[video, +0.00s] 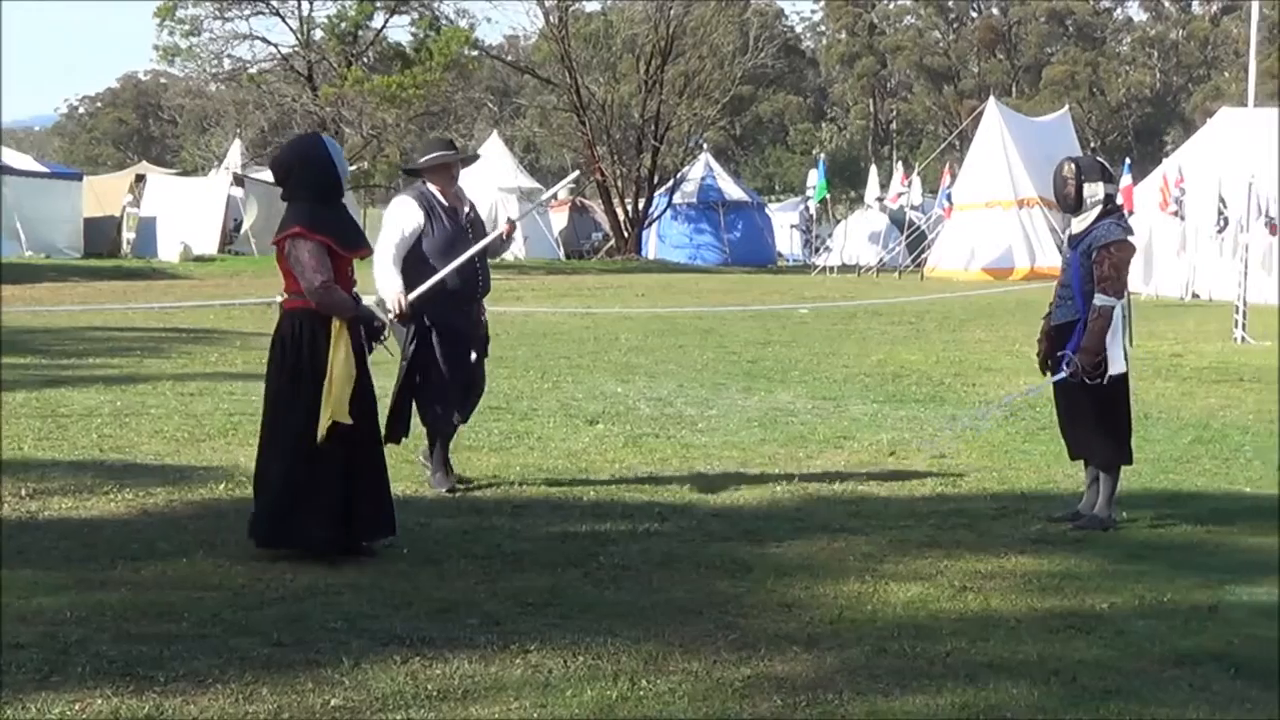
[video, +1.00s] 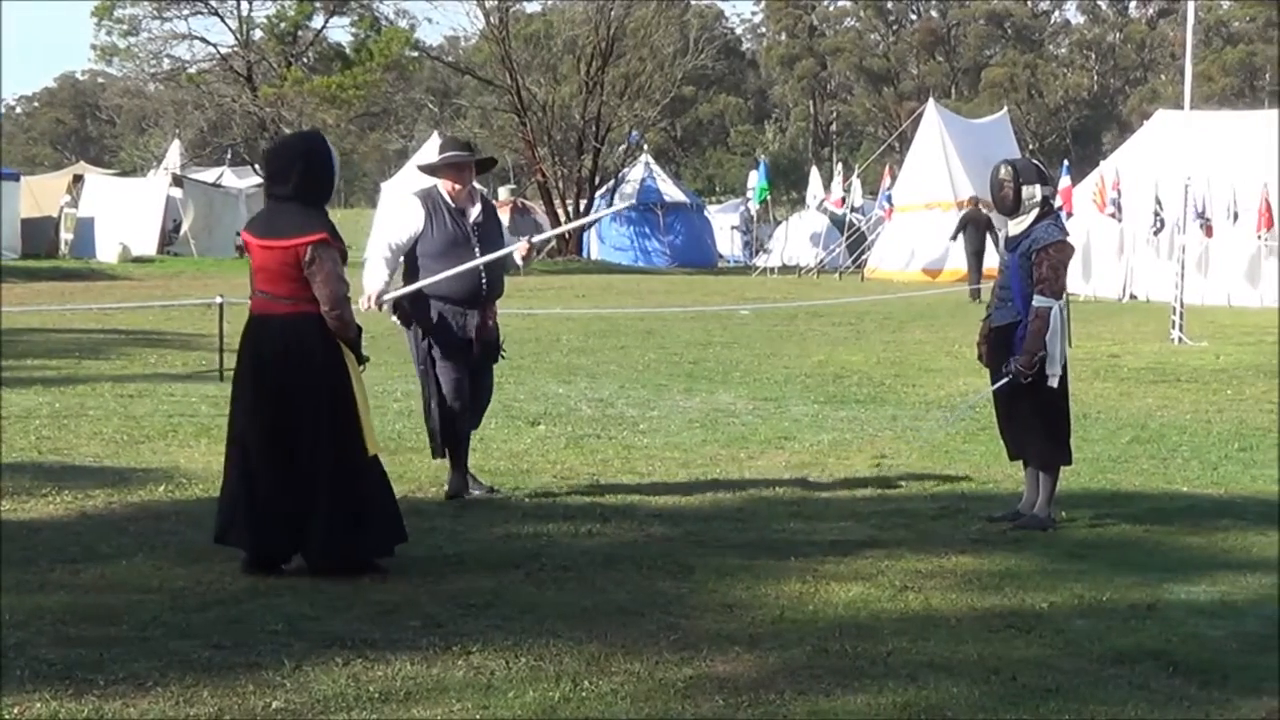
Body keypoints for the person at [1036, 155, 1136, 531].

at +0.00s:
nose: (1066, 190)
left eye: (1073, 183)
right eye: (1065, 183)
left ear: (1095, 187)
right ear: (1071, 188)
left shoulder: (1110, 234)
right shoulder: (1079, 231)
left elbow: (1107, 301)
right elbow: (1065, 289)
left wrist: (1089, 350)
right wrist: (1049, 330)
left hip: (1098, 337)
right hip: (1071, 336)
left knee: (1104, 420)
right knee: (1082, 419)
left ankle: (1104, 508)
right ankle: (1090, 501)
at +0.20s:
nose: (1042, 193)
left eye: (1049, 185)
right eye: (1041, 185)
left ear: (1070, 189)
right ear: (1066, 191)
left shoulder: (1085, 238)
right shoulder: (1059, 232)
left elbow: (1079, 305)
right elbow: (1046, 294)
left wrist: (1060, 352)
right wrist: (1032, 335)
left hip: (1074, 339)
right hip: (1050, 338)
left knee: (1080, 421)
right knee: (1060, 420)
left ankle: (1081, 508)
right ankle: (1067, 501)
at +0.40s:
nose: (1022, 194)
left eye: (1029, 186)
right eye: (1022, 186)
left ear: (1049, 189)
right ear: (1045, 192)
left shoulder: (1066, 238)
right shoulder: (1038, 232)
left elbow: (1059, 304)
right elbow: (1024, 288)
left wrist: (1042, 351)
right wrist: (1016, 340)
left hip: (1055, 335)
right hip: (1030, 334)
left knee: (1063, 419)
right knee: (1042, 418)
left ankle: (1064, 508)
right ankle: (1050, 501)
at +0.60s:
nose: (1014, 194)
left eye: (1020, 186)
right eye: (1013, 186)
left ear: (1040, 190)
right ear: (1039, 191)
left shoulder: (1057, 240)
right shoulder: (1034, 233)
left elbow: (1049, 305)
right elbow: (1021, 295)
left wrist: (1033, 353)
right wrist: (1005, 334)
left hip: (1045, 338)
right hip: (1022, 336)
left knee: (1053, 420)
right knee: (1033, 420)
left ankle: (1055, 508)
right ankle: (1041, 502)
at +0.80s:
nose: (1006, 194)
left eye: (1013, 187)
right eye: (1004, 186)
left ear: (1035, 190)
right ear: (1007, 191)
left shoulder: (1051, 237)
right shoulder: (1021, 232)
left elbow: (1043, 303)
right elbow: (1010, 292)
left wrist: (1025, 352)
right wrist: (994, 330)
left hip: (1036, 335)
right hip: (1011, 333)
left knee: (1045, 419)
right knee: (1024, 418)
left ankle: (1047, 508)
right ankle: (1032, 501)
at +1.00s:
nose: (1003, 193)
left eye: (1010, 187)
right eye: (1001, 186)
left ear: (1032, 190)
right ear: (1001, 191)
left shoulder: (1048, 236)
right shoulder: (1015, 231)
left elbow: (1046, 303)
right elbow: (1005, 285)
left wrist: (1028, 354)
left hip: (1036, 338)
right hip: (1008, 336)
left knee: (1043, 419)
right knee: (1021, 418)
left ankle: (1044, 508)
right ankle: (1029, 501)